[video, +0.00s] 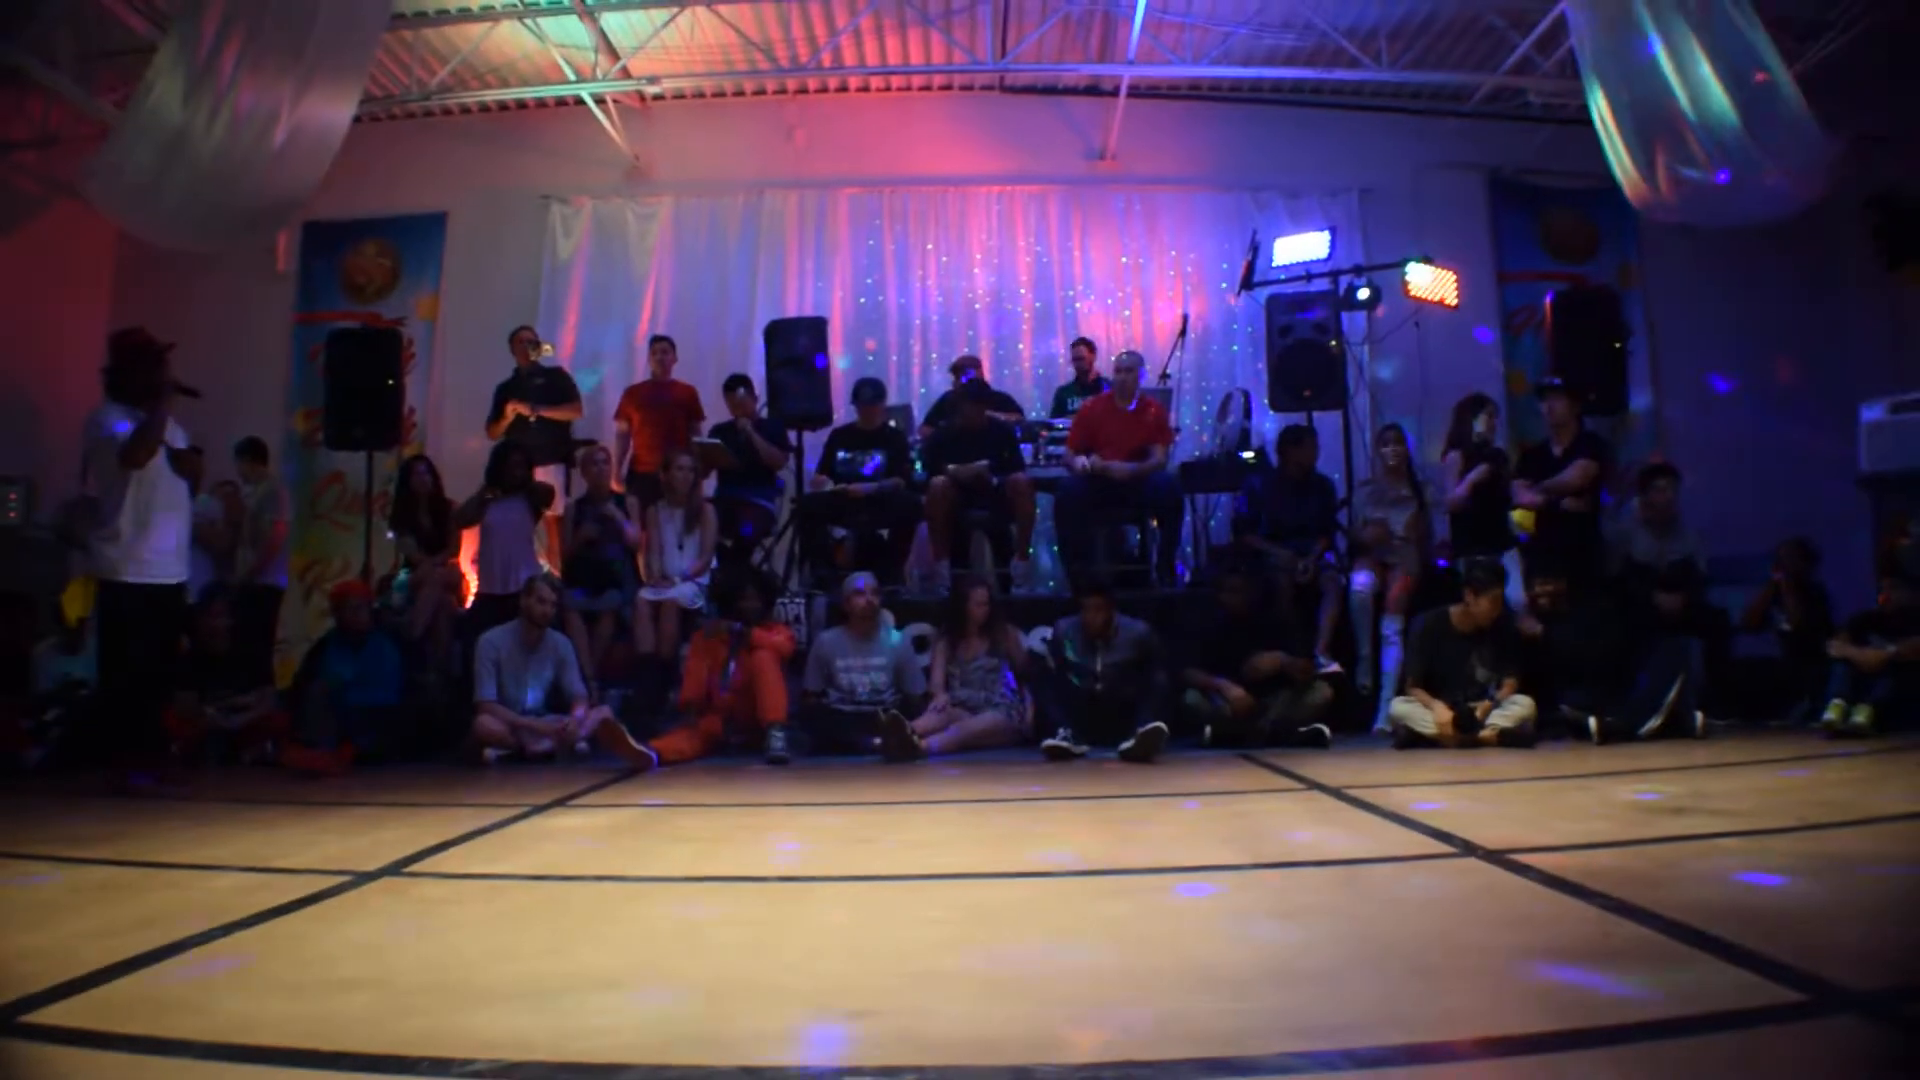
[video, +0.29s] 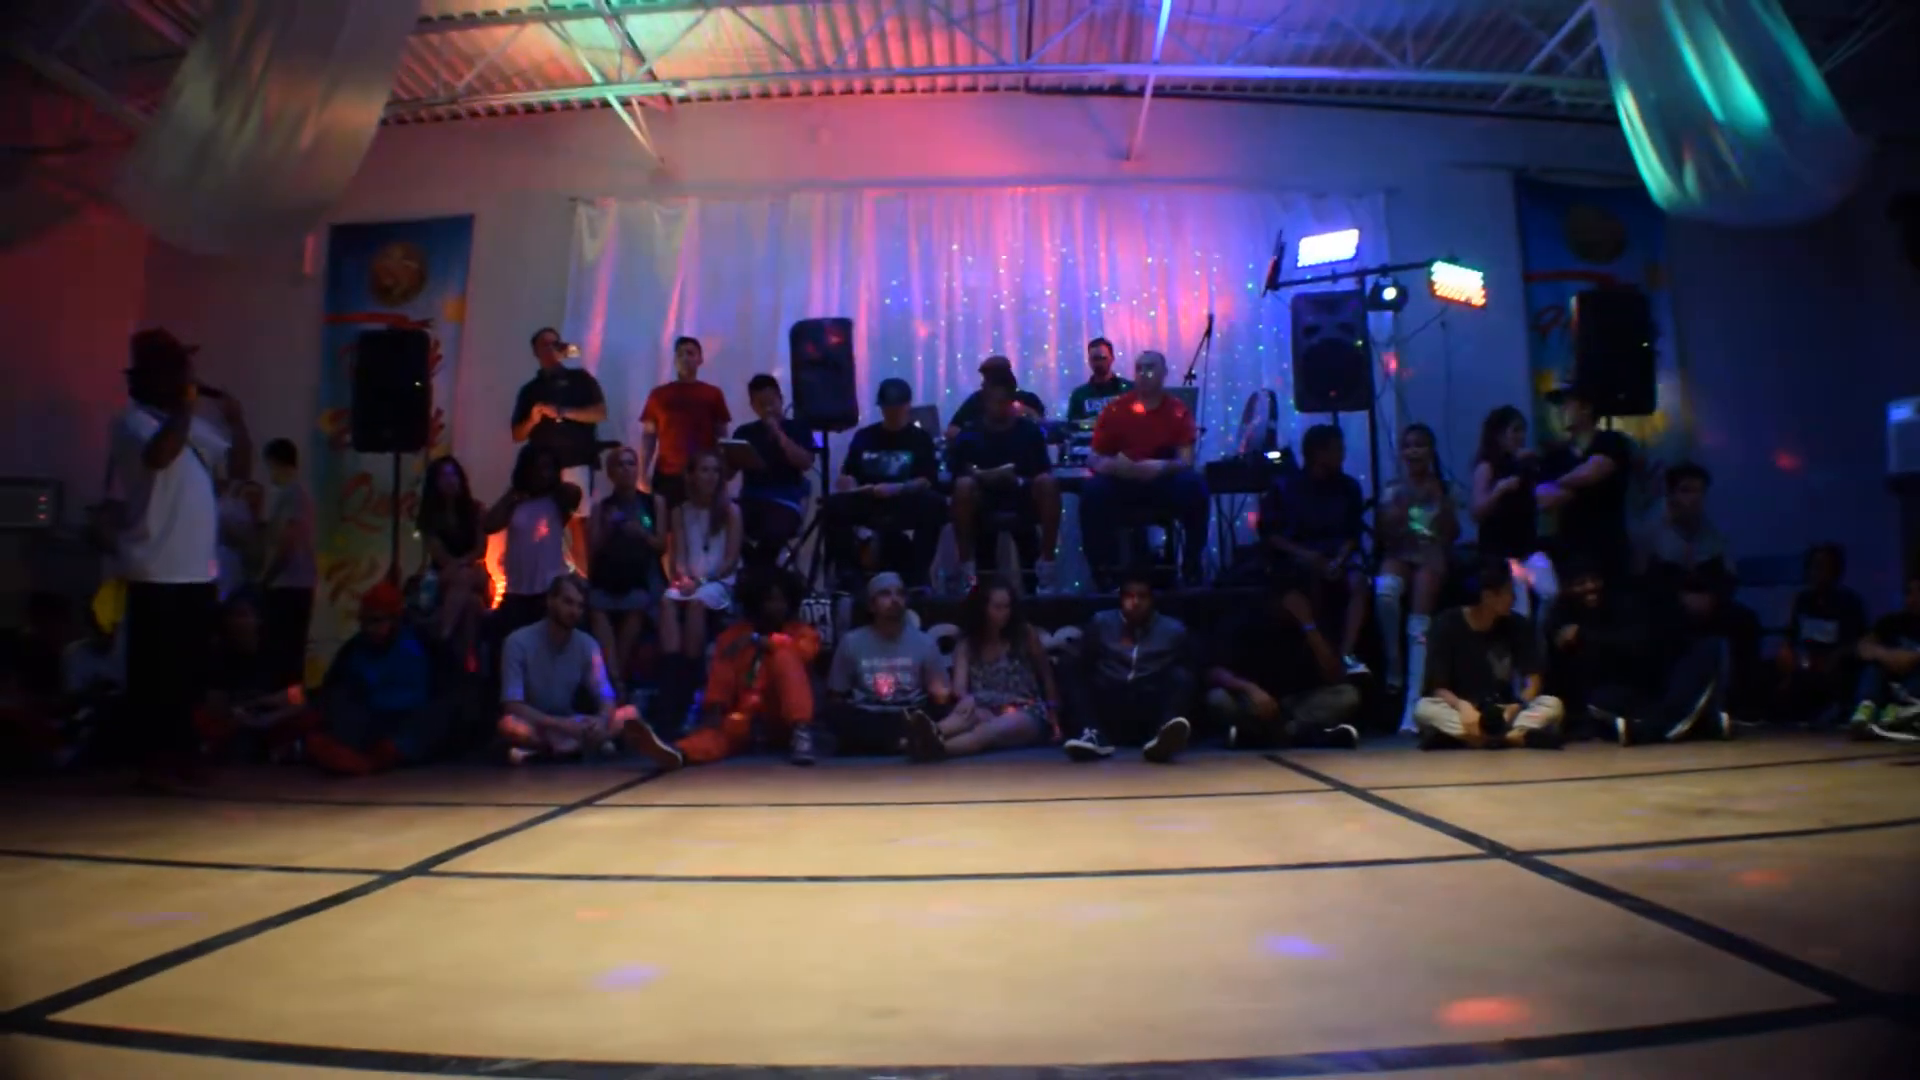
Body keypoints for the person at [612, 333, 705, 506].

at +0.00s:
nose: (659, 357)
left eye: (665, 352)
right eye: (655, 353)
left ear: (675, 358)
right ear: (649, 359)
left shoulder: (687, 393)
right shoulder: (633, 393)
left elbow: (696, 435)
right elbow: (622, 435)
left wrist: (697, 476)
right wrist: (616, 475)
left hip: (678, 476)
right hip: (642, 475)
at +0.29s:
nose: (685, 359)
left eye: (691, 353)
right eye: (681, 354)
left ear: (700, 359)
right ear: (675, 359)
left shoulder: (713, 394)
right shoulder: (659, 395)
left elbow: (722, 436)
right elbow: (649, 436)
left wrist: (721, 477)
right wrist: (642, 475)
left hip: (703, 478)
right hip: (668, 476)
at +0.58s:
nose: (687, 356)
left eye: (693, 351)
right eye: (682, 351)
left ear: (702, 357)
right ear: (676, 357)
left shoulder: (715, 392)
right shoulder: (661, 393)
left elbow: (724, 434)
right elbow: (650, 433)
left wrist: (722, 473)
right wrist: (644, 473)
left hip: (705, 475)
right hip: (670, 474)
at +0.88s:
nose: (683, 357)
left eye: (689, 352)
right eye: (679, 353)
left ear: (699, 358)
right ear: (673, 359)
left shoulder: (711, 393)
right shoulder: (658, 394)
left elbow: (720, 434)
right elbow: (647, 435)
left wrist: (720, 474)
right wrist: (641, 476)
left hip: (702, 476)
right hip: (666, 474)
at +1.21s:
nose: (677, 360)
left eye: (683, 355)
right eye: (673, 355)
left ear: (693, 360)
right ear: (668, 361)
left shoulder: (706, 397)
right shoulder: (651, 396)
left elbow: (715, 438)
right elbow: (642, 437)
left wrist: (713, 475)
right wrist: (636, 476)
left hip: (695, 478)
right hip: (660, 476)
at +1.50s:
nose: (669, 362)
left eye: (675, 357)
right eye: (664, 357)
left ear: (685, 363)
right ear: (659, 363)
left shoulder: (698, 398)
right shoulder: (644, 398)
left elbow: (707, 437)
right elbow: (633, 440)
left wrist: (705, 473)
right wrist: (628, 478)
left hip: (689, 478)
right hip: (654, 478)